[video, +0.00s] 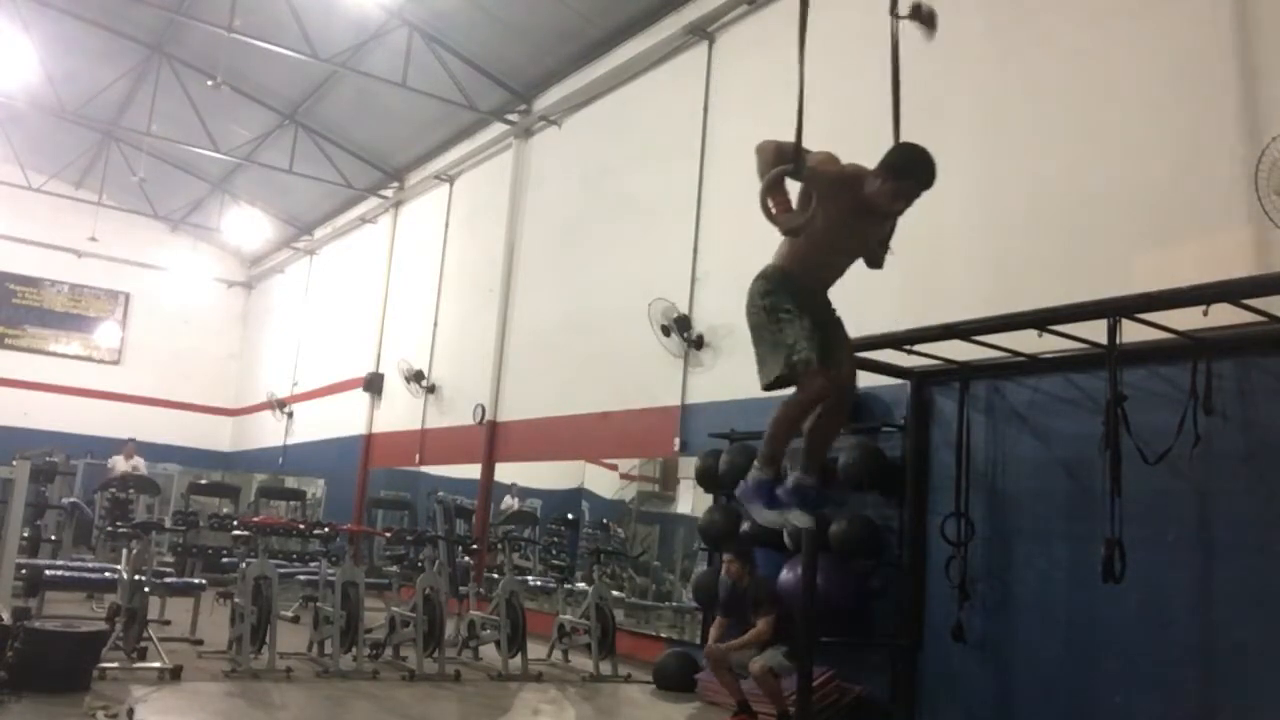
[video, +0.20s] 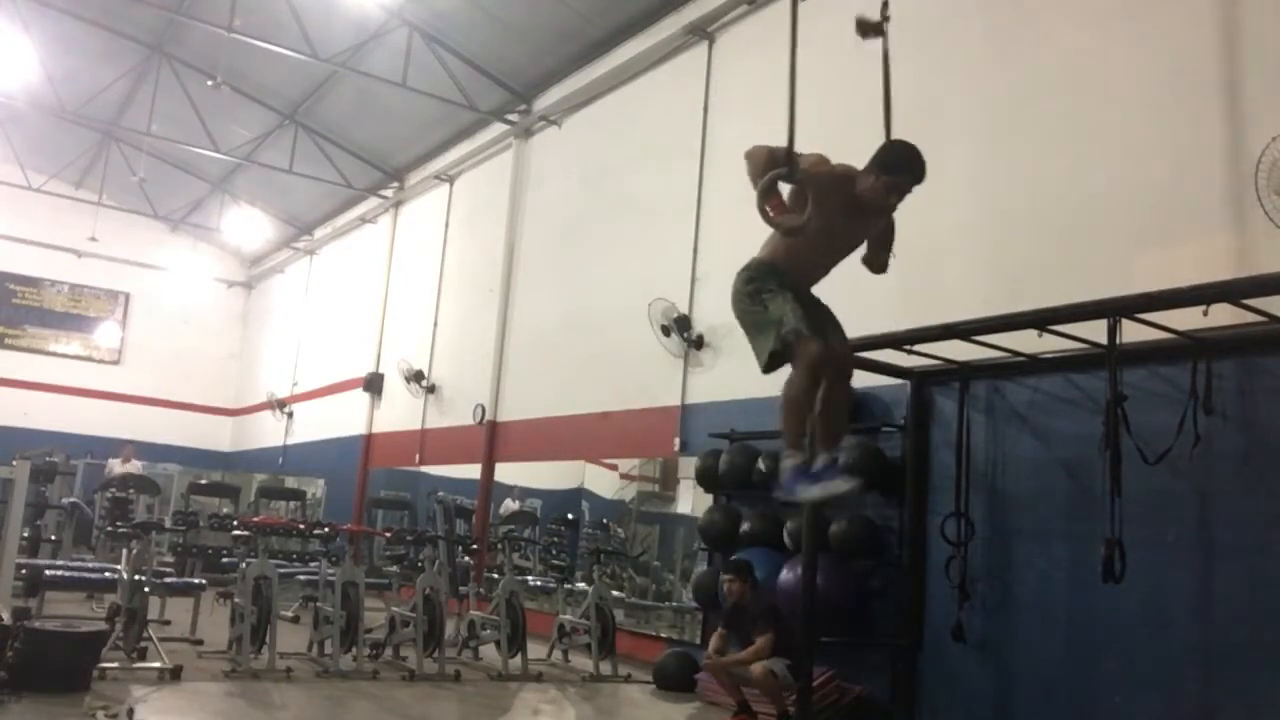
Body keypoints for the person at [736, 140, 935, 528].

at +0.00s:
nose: (901, 207)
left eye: (909, 201)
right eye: (898, 196)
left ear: (914, 196)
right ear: (880, 177)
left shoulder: (887, 217)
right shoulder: (835, 176)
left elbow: (872, 258)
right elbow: (769, 149)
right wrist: (776, 193)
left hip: (815, 300)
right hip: (778, 290)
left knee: (843, 390)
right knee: (816, 385)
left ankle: (801, 486)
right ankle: (757, 482)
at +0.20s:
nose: (896, 202)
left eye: (903, 195)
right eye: (893, 191)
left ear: (906, 192)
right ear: (872, 176)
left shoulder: (881, 219)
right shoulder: (829, 176)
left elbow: (876, 265)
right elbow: (758, 156)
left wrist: (880, 250)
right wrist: (772, 208)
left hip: (799, 291)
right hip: (762, 282)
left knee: (840, 360)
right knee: (810, 355)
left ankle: (825, 468)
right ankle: (792, 470)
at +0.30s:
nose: (876, 198)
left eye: (883, 193)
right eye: (874, 187)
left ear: (886, 191)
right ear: (857, 171)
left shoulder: (864, 218)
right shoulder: (807, 181)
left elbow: (894, 263)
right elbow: (739, 172)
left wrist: (890, 244)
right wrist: (762, 213)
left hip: (790, 299)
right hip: (754, 291)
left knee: (849, 340)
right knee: (815, 335)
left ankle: (857, 438)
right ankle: (825, 449)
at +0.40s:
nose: (850, 209)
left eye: (858, 203)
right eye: (848, 197)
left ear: (863, 204)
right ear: (830, 182)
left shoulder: (842, 236)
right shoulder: (782, 208)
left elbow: (848, 273)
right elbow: (719, 227)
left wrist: (886, 261)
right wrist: (741, 222)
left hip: (789, 323)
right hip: (747, 318)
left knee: (856, 330)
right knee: (820, 330)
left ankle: (881, 419)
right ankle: (851, 434)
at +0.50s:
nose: (816, 243)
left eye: (825, 239)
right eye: (812, 232)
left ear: (829, 242)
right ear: (796, 224)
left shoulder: (817, 281)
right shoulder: (756, 257)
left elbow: (841, 325)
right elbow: (697, 287)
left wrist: (865, 277)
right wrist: (731, 245)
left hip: (794, 372)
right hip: (749, 366)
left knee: (860, 343)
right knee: (819, 342)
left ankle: (898, 412)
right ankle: (868, 431)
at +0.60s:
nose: (778, 297)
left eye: (787, 291)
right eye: (773, 286)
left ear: (793, 297)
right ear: (757, 283)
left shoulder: (792, 332)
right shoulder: (728, 320)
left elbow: (839, 348)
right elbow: (675, 314)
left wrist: (835, 292)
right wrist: (700, 259)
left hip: (795, 419)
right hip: (751, 420)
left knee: (859, 377)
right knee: (821, 388)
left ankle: (918, 418)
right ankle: (892, 442)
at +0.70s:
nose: (749, 348)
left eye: (757, 342)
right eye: (742, 340)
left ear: (764, 347)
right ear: (727, 343)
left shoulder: (772, 379)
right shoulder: (710, 375)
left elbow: (809, 348)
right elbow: (670, 322)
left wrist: (803, 292)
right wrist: (692, 265)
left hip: (789, 474)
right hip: (749, 479)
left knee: (857, 431)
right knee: (816, 443)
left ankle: (918, 463)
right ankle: (908, 462)